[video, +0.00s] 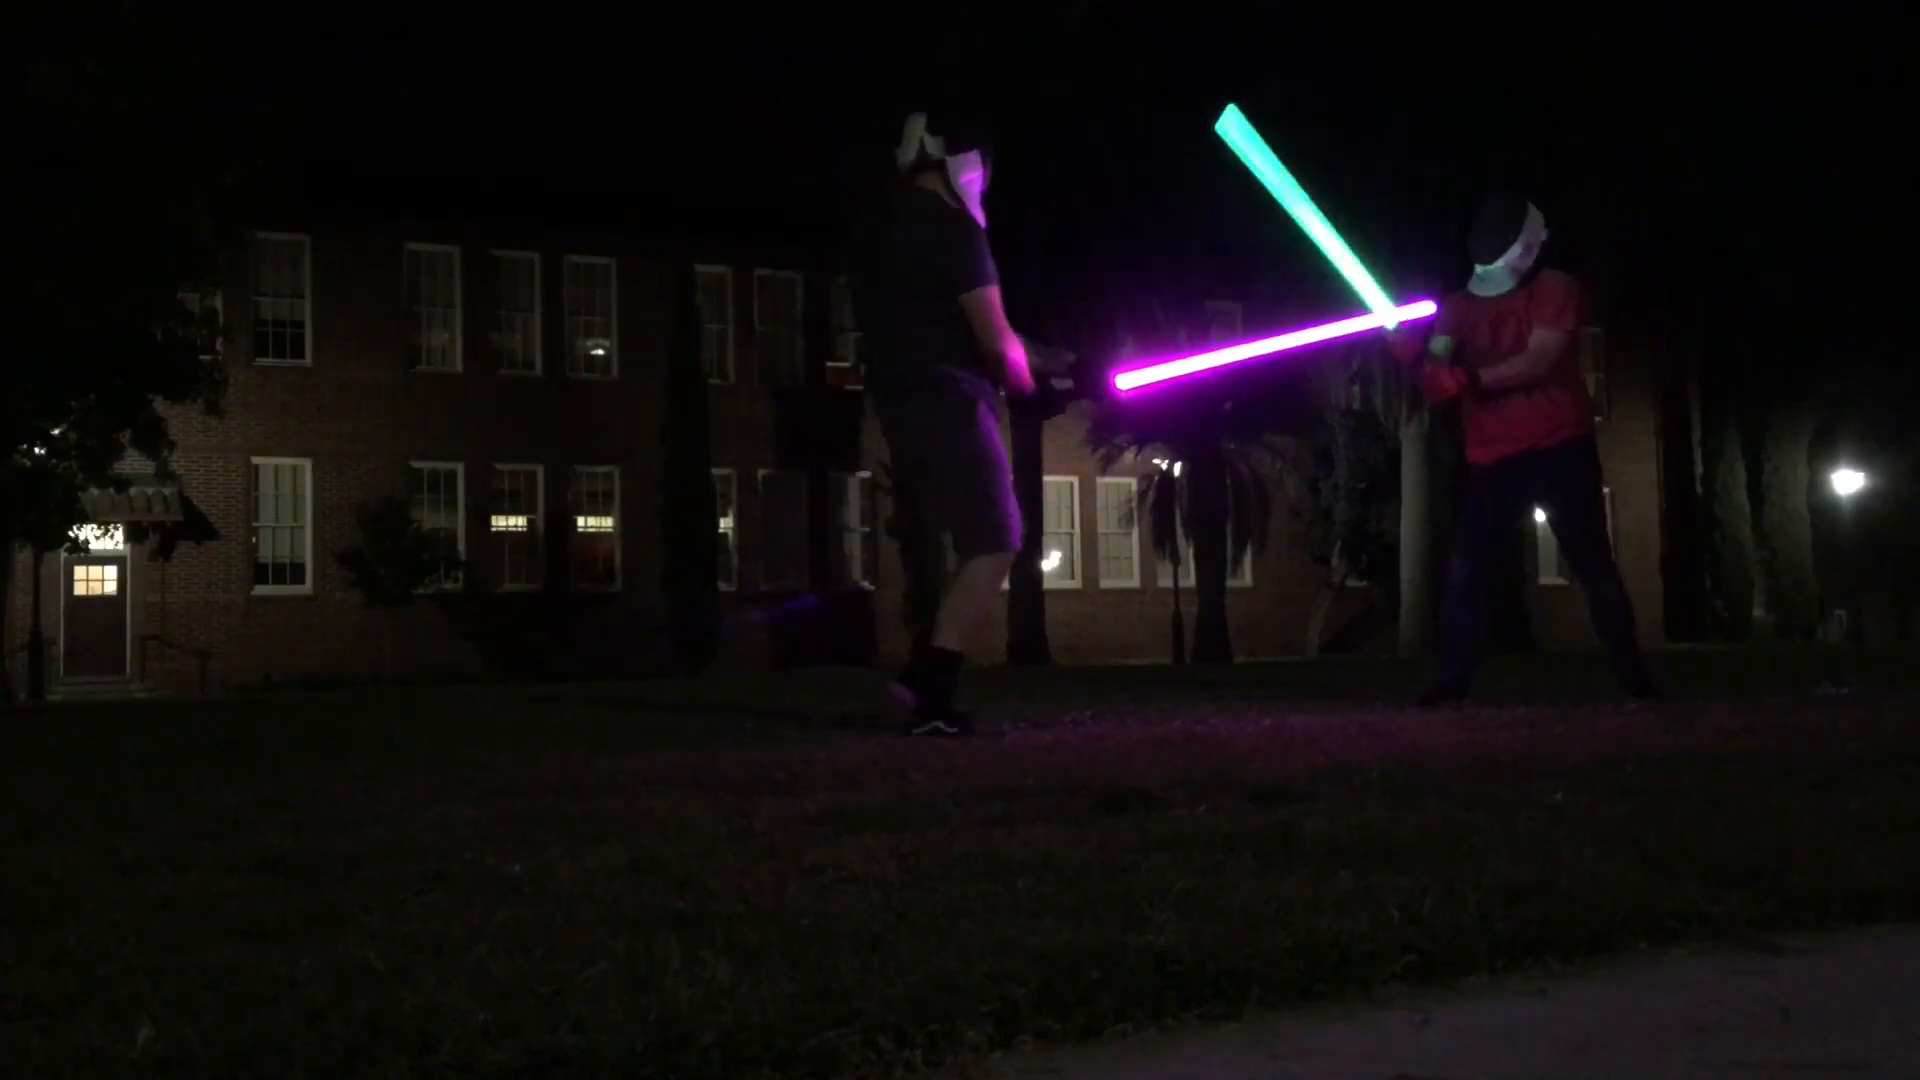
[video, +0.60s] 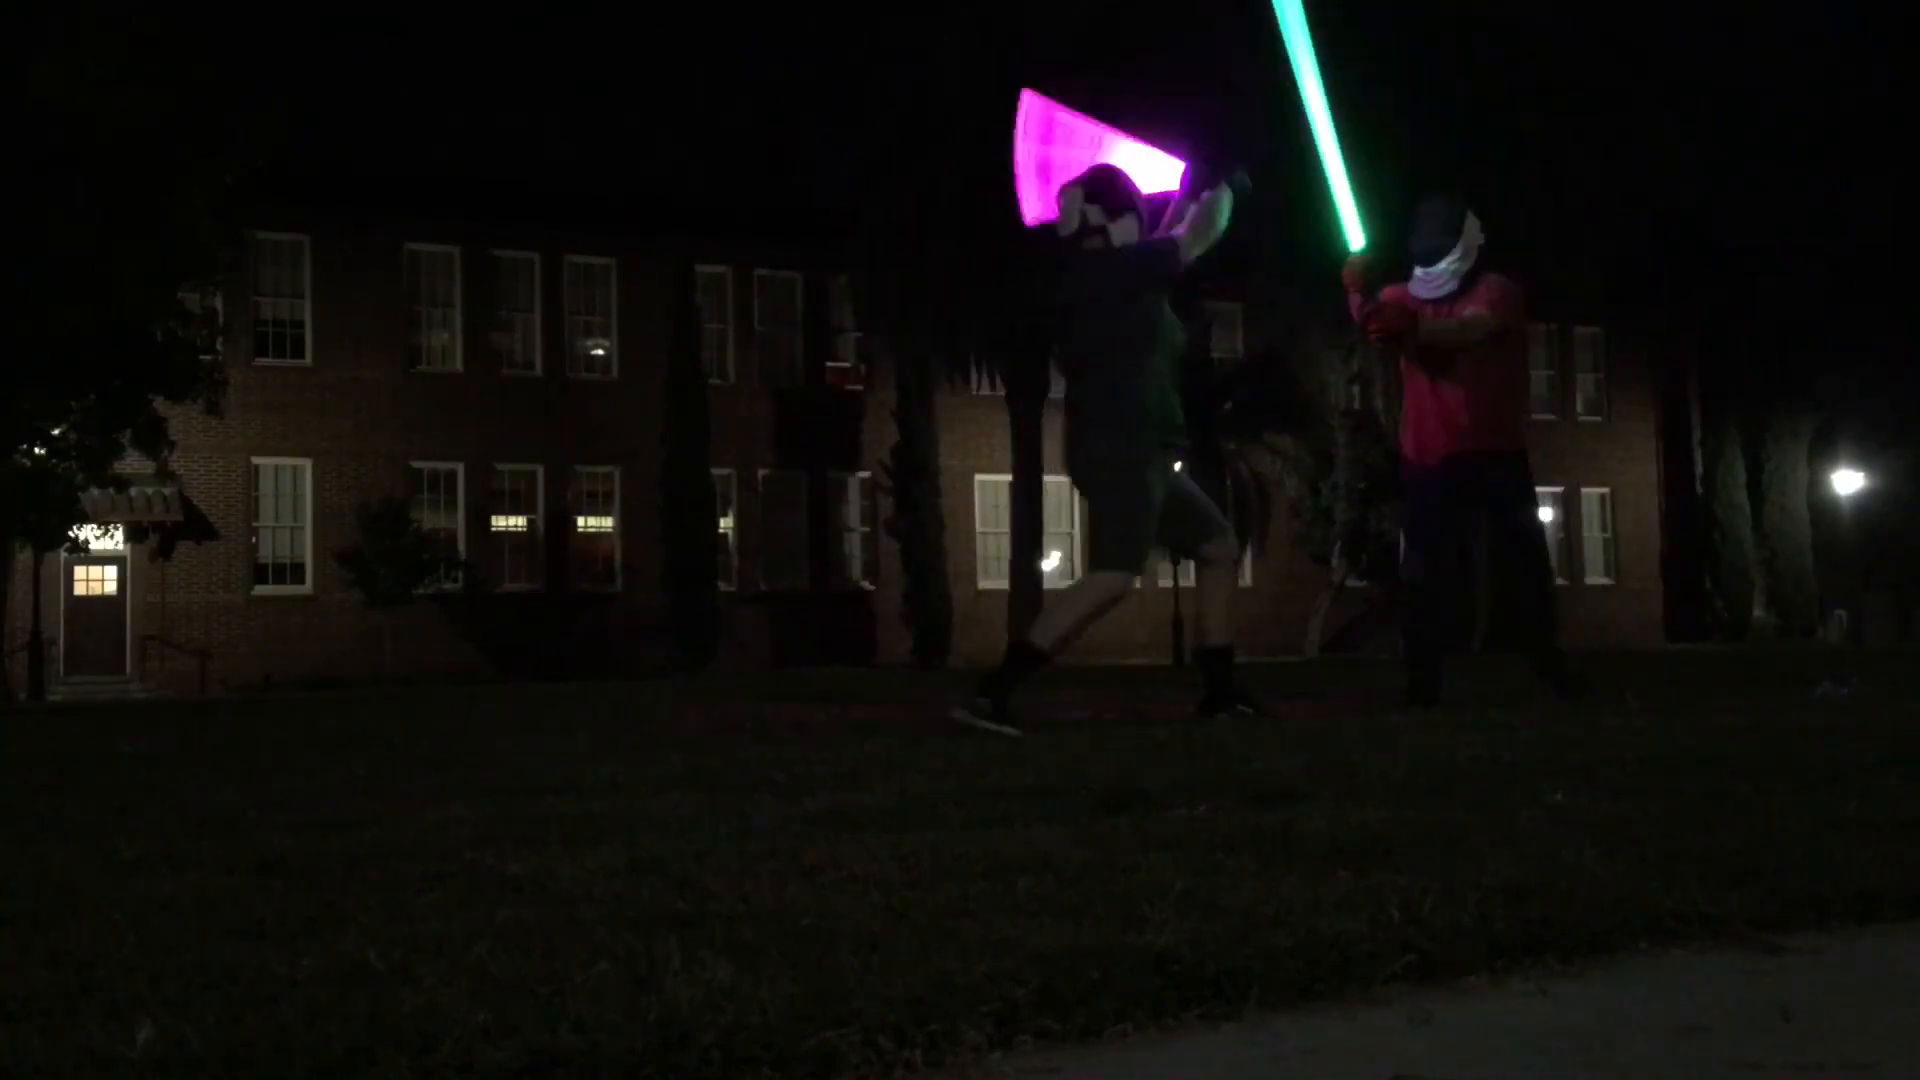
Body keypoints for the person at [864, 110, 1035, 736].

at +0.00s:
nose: (982, 178)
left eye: (980, 164)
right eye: (974, 164)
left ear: (918, 165)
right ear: (948, 166)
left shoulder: (884, 222)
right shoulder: (955, 230)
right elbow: (996, 336)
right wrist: (1024, 380)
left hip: (902, 403)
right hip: (952, 402)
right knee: (996, 541)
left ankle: (927, 684)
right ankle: (934, 688)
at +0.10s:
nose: (1001, 177)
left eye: (998, 164)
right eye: (994, 164)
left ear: (942, 169)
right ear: (969, 167)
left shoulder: (918, 226)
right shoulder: (974, 232)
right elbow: (1013, 343)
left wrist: (1038, 365)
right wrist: (1043, 389)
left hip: (941, 407)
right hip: (972, 410)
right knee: (1009, 553)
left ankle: (986, 676)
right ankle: (941, 696)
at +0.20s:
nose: (1025, 189)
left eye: (1021, 176)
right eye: (1016, 176)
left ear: (964, 182)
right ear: (989, 179)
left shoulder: (940, 236)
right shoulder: (998, 241)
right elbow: (1041, 356)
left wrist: (1040, 364)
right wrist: (1066, 377)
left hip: (959, 414)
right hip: (990, 417)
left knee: (1059, 533)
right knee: (1018, 559)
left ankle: (1072, 686)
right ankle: (936, 705)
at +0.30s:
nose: (1050, 193)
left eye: (1046, 181)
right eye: (1042, 182)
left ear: (991, 187)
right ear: (1017, 186)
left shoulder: (974, 241)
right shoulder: (1027, 248)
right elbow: (1092, 356)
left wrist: (1095, 343)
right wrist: (1123, 357)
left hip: (991, 419)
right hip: (1015, 423)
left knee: (1091, 542)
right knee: (1025, 566)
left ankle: (1146, 677)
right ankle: (937, 704)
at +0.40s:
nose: (1081, 201)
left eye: (1077, 190)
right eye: (1073, 191)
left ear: (1025, 197)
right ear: (1052, 197)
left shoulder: (1012, 251)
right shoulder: (1068, 257)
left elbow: (1114, 277)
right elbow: (1154, 325)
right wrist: (1193, 301)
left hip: (1025, 429)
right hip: (1052, 433)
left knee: (1132, 546)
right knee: (1027, 570)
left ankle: (1191, 679)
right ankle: (938, 702)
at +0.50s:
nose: (1115, 219)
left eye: (1112, 209)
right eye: (1110, 208)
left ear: (1061, 210)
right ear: (1088, 211)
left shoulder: (1058, 261)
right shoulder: (1095, 262)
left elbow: (1134, 254)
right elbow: (1199, 267)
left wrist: (1187, 216)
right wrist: (1221, 234)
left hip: (1093, 445)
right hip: (1091, 445)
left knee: (1181, 556)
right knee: (1066, 573)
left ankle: (1216, 692)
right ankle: (954, 696)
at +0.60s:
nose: (1143, 226)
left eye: (1138, 216)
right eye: (1135, 216)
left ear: (1095, 222)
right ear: (1112, 221)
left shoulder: (1104, 271)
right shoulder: (1110, 269)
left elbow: (1168, 241)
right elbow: (1198, 236)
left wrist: (1194, 192)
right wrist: (1224, 185)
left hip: (1134, 452)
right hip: (1121, 452)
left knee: (1219, 548)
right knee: (1113, 578)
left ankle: (1219, 690)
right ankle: (999, 689)